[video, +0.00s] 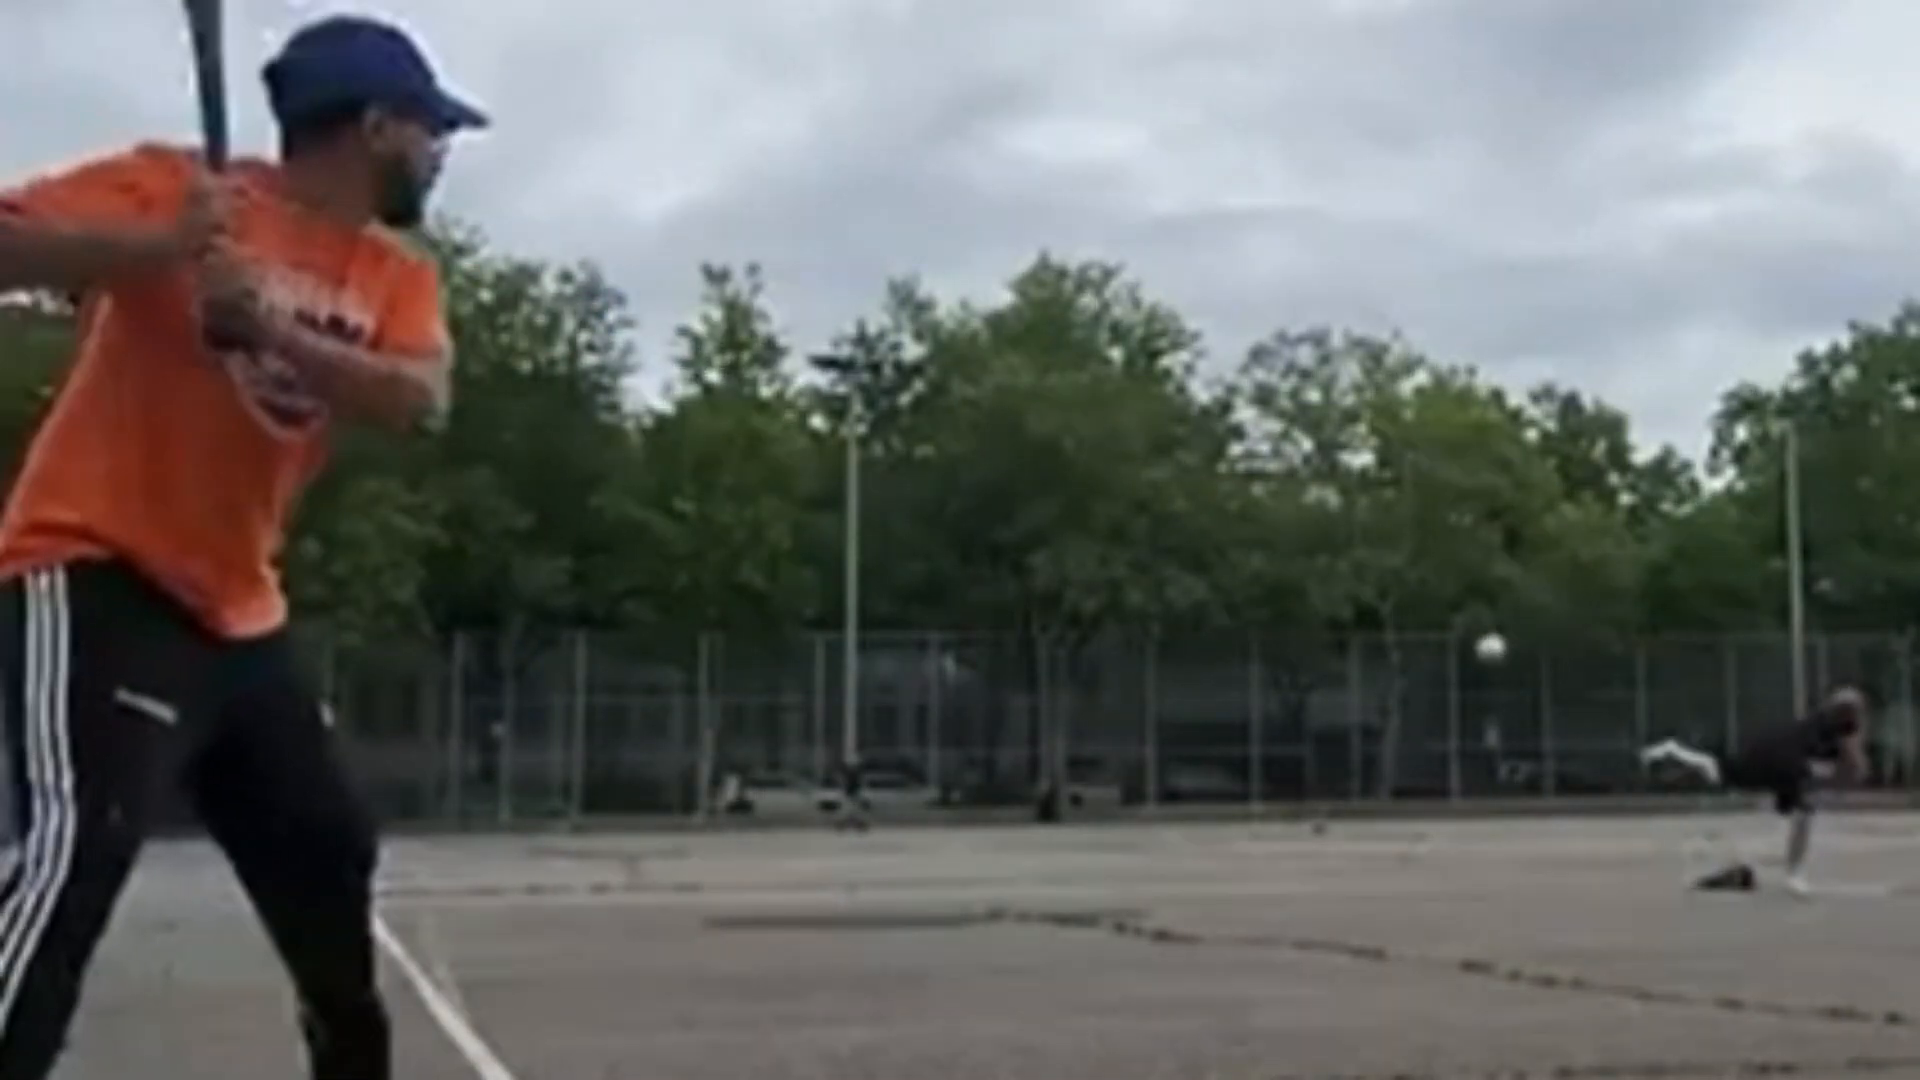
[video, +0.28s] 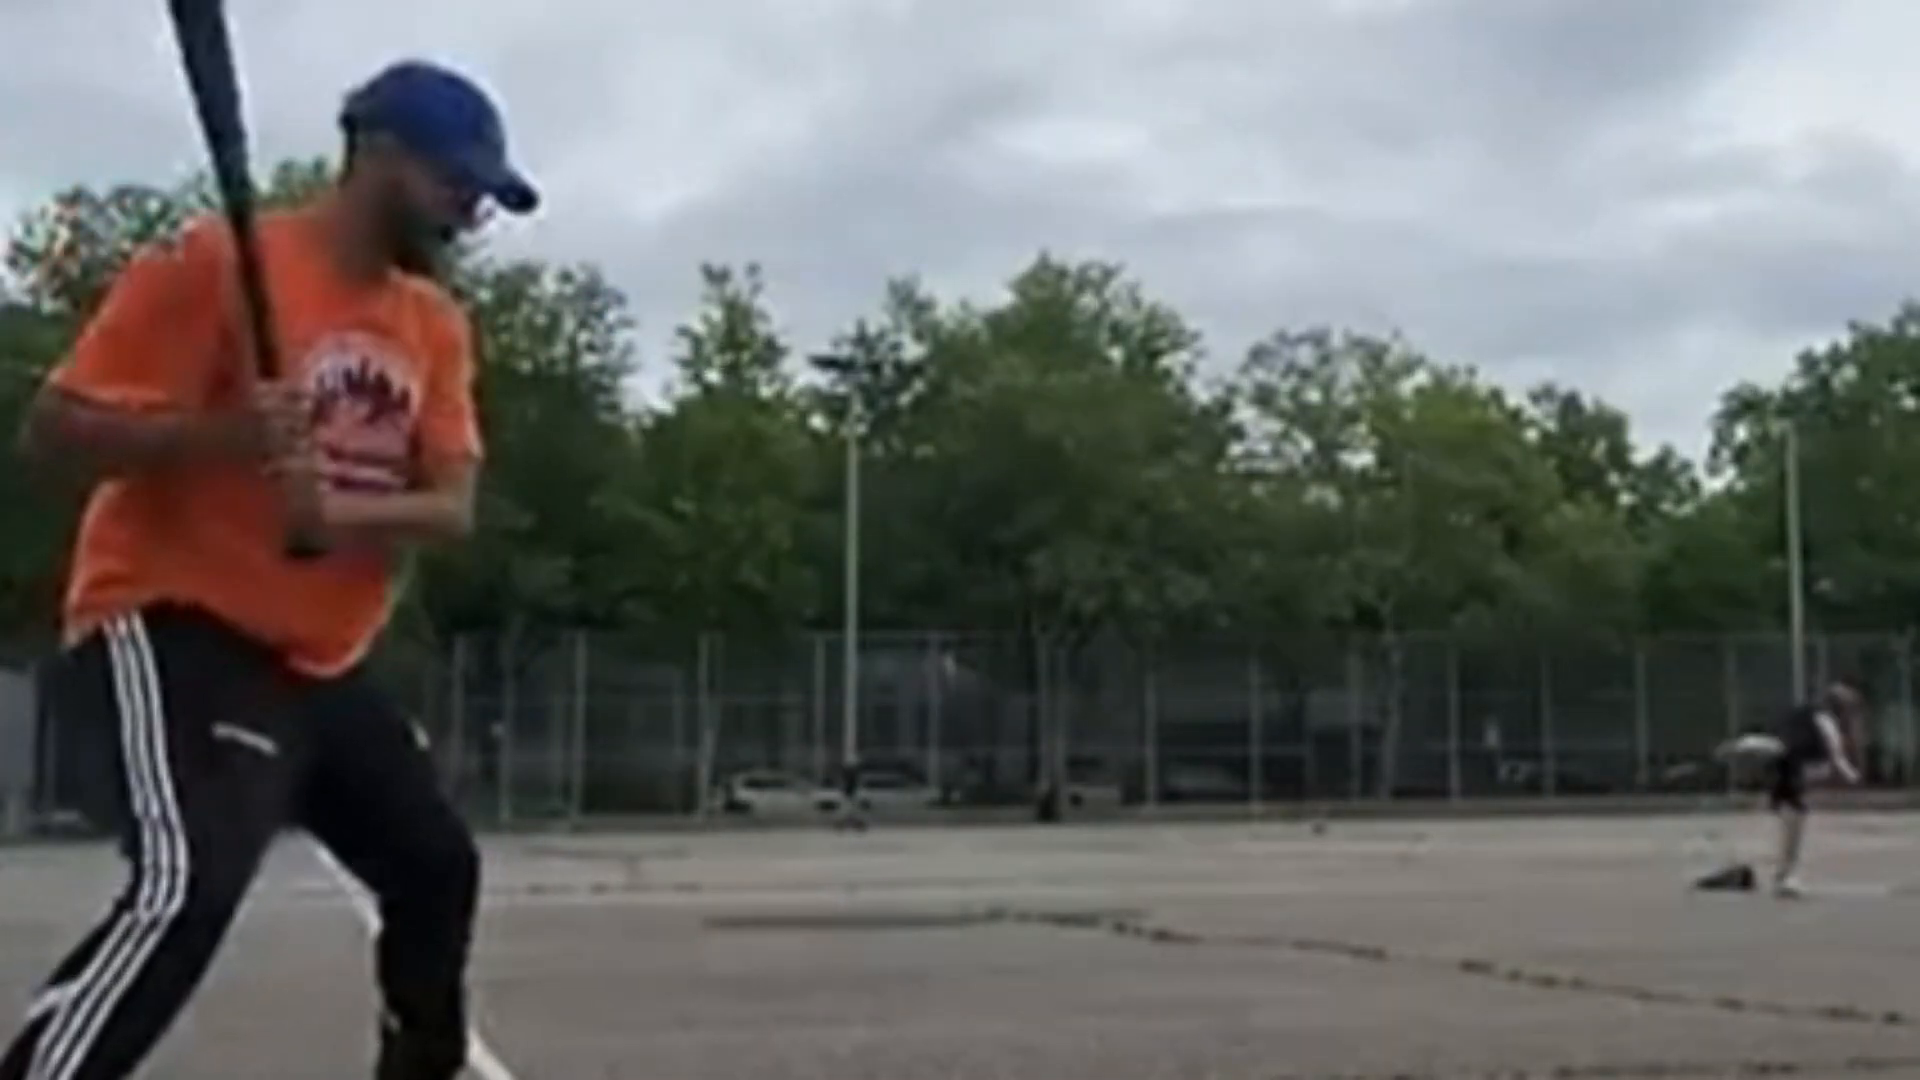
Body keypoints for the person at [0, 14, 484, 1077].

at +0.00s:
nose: (442, 150)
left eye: (441, 130)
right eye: (429, 127)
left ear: (373, 132)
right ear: (372, 126)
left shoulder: (399, 275)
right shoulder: (178, 184)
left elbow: (417, 398)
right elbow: (12, 239)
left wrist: (272, 328)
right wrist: (154, 243)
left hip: (230, 598)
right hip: (87, 559)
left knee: (324, 844)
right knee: (75, 838)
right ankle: (16, 1052)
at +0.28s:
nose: (472, 211)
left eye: (482, 193)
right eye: (458, 181)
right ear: (376, 150)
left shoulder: (436, 325)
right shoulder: (212, 261)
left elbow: (453, 508)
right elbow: (57, 429)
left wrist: (341, 519)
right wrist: (227, 432)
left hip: (311, 659)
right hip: (163, 625)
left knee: (436, 870)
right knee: (182, 891)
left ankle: (423, 1062)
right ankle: (41, 1065)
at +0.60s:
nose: (401, 74)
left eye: (414, 55)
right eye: (382, 43)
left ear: (412, 61)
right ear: (303, 20)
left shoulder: (381, 229)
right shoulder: (143, 132)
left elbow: (376, 423)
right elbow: (7, 308)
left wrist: (290, 441)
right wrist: (178, 346)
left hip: (268, 559)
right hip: (117, 531)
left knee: (336, 832)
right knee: (98, 861)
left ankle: (300, 1054)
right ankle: (14, 1058)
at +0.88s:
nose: (459, 124)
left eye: (473, 106)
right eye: (444, 93)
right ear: (363, 57)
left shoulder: (405, 258)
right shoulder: (207, 153)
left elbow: (383, 446)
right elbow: (36, 315)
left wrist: (347, 488)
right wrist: (243, 408)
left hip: (285, 589)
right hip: (142, 554)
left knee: (342, 849)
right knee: (91, 877)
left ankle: (297, 1061)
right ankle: (20, 1056)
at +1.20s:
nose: (490, 130)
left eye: (502, 113)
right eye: (482, 100)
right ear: (414, 64)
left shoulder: (413, 267)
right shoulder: (285, 155)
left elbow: (391, 451)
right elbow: (175, 344)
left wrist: (420, 578)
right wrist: (361, 529)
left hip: (315, 580)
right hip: (198, 546)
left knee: (306, 856)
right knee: (153, 829)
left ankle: (279, 1053)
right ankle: (38, 1058)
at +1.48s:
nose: (503, 137)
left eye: (514, 121)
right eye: (493, 108)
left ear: (450, 101)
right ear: (420, 71)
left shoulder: (436, 294)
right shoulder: (275, 148)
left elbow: (426, 474)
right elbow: (133, 308)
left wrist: (476, 659)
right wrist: (197, 511)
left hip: (318, 602)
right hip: (186, 562)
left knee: (299, 867)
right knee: (131, 853)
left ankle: (273, 1049)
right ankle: (33, 1058)